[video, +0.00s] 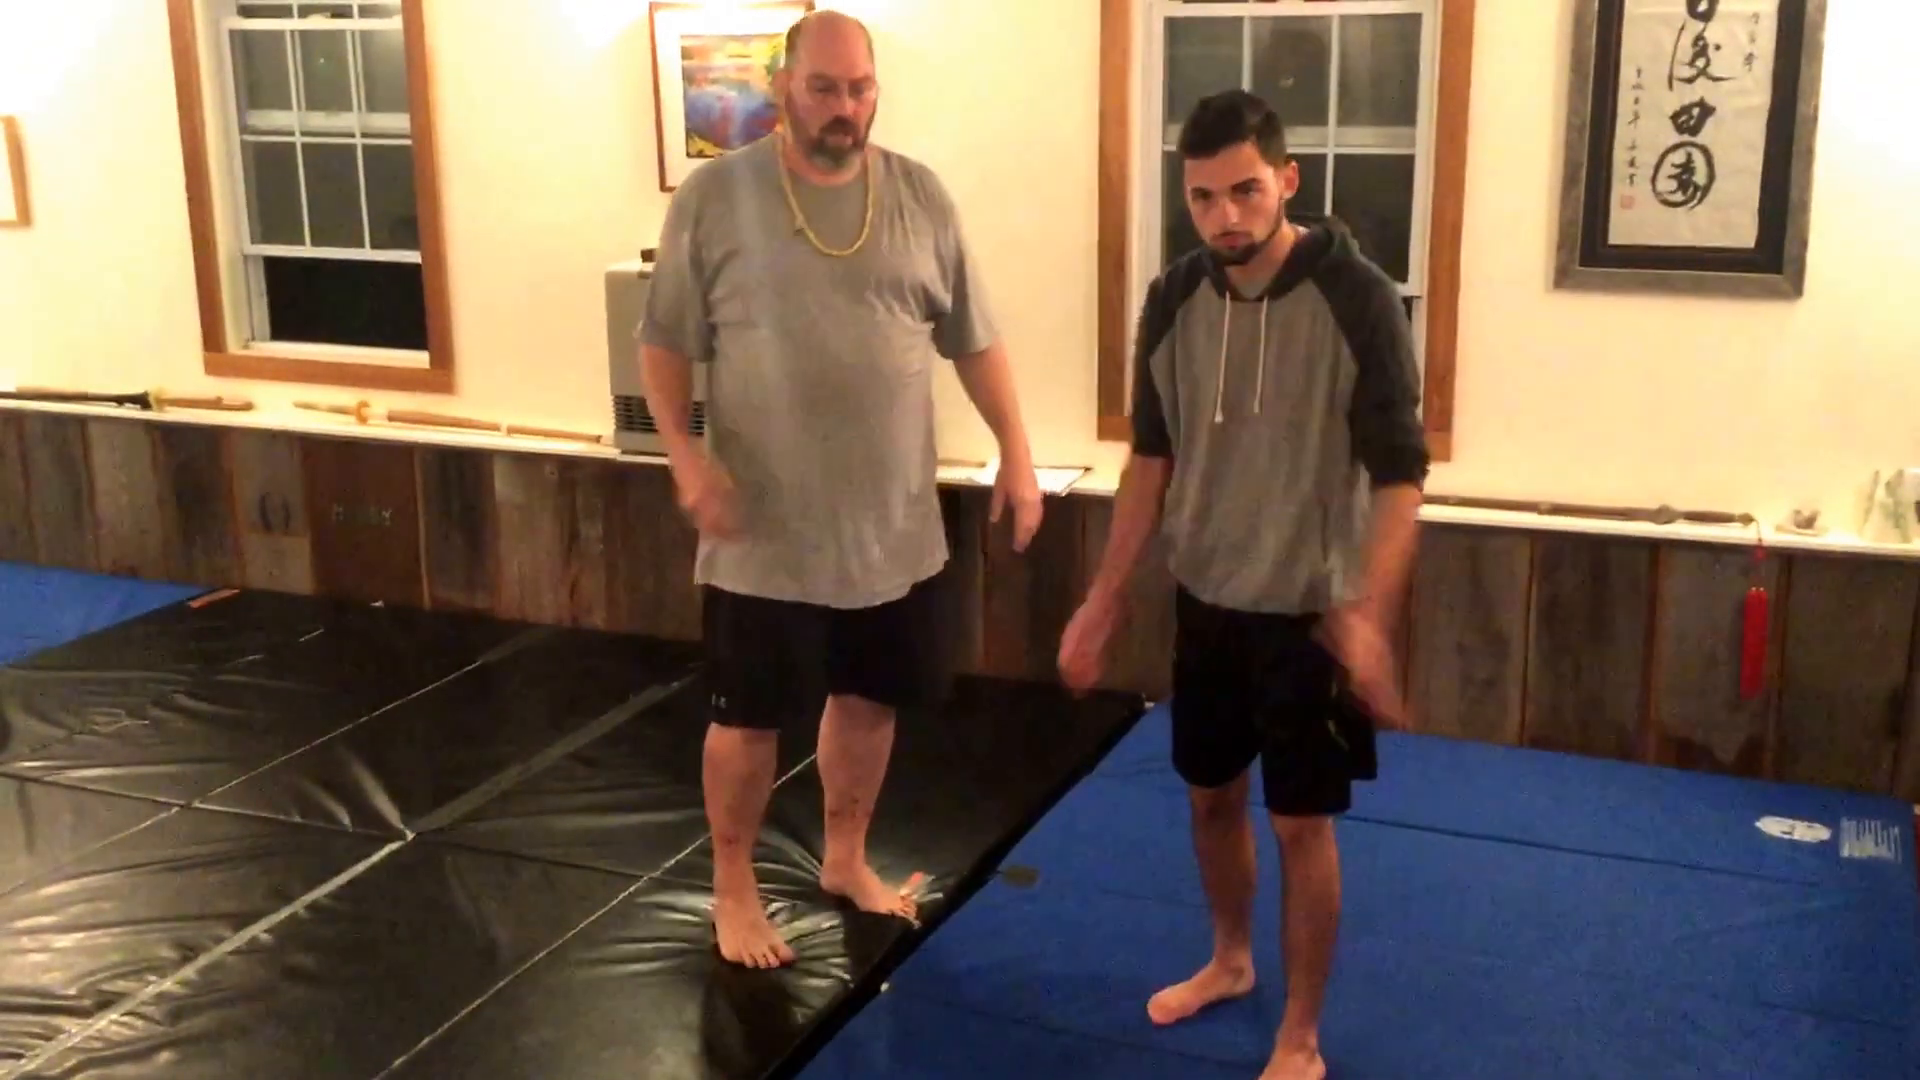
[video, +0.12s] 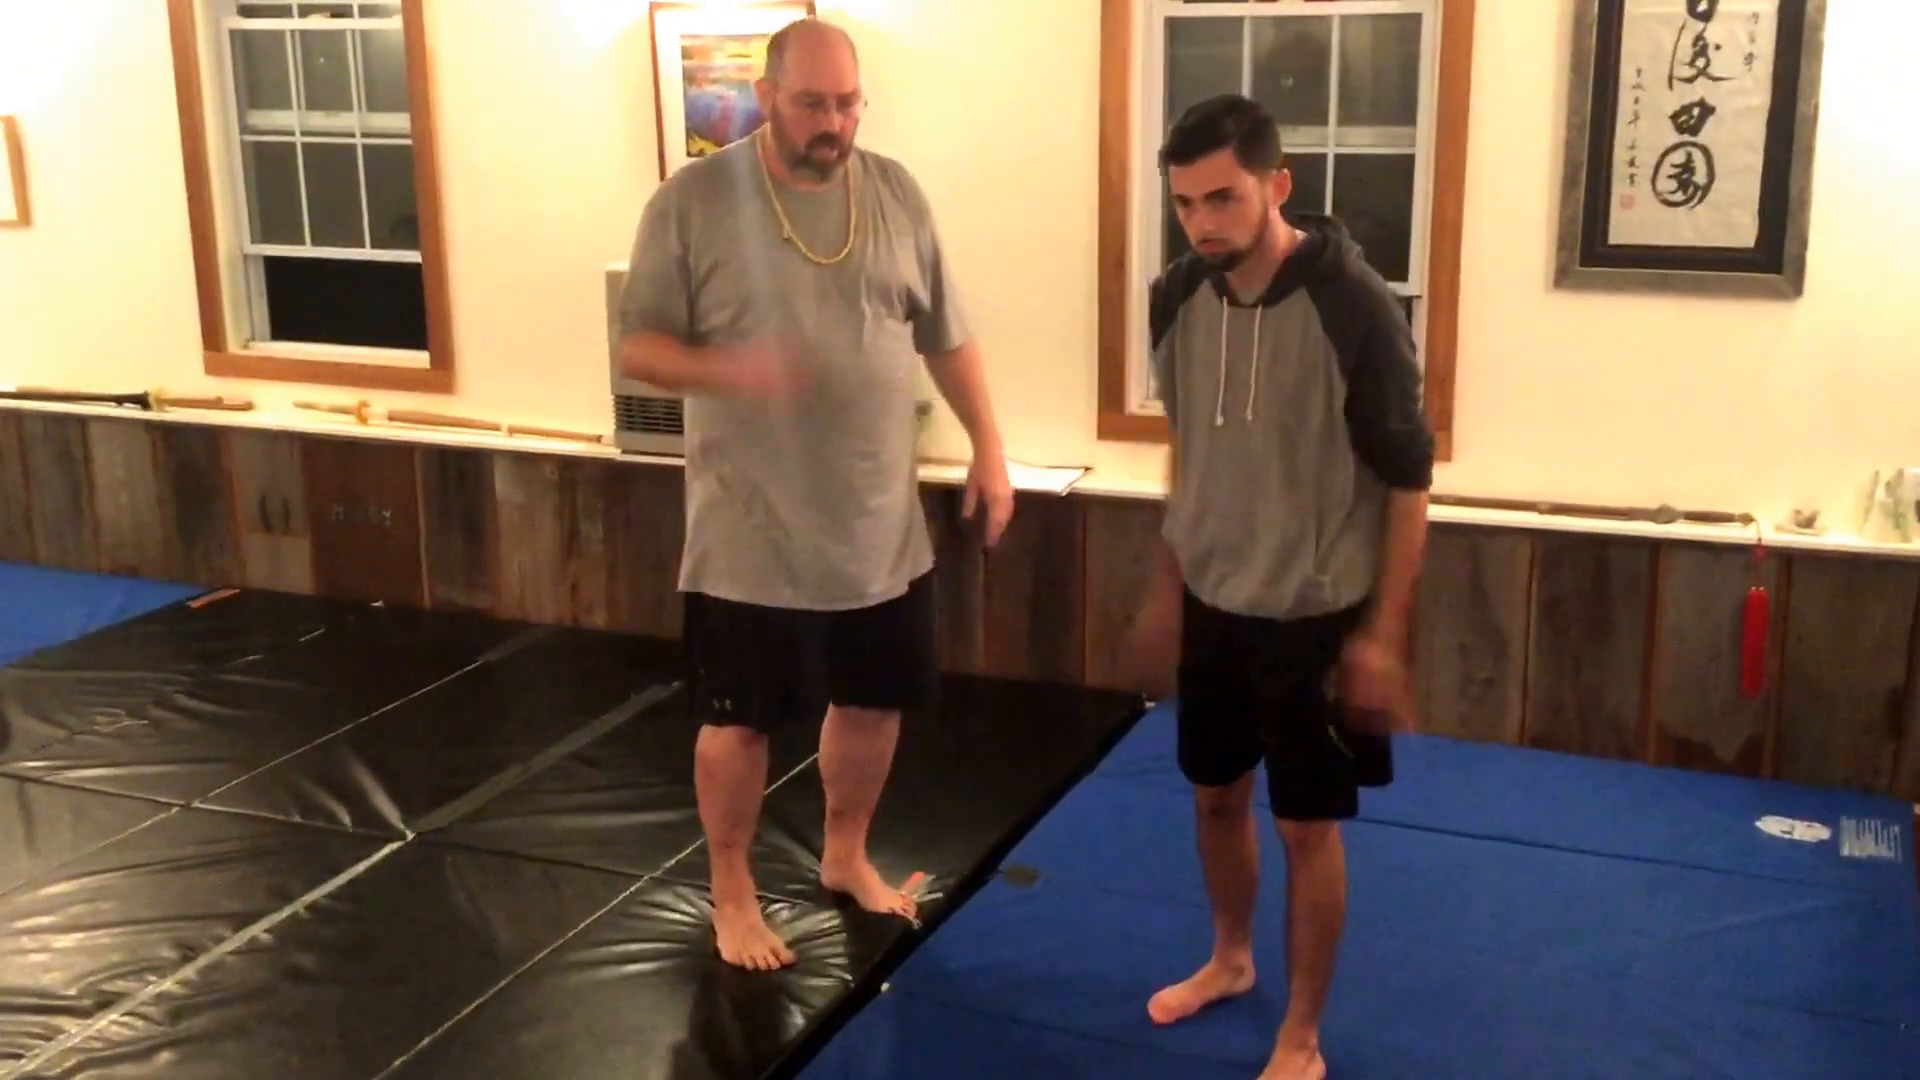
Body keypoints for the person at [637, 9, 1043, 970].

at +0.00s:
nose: (845, 106)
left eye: (860, 88)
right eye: (824, 88)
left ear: (878, 88)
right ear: (782, 87)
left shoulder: (919, 196)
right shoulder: (711, 199)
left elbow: (972, 335)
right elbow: (665, 340)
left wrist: (1017, 454)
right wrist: (685, 456)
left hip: (889, 515)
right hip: (760, 520)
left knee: (870, 700)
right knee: (750, 718)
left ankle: (846, 862)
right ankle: (735, 888)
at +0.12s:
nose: (833, 121)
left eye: (847, 101)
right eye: (812, 102)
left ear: (862, 96)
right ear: (767, 96)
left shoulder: (893, 191)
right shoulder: (692, 200)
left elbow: (944, 330)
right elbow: (639, 347)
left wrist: (989, 448)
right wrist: (733, 369)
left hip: (874, 513)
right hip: (747, 518)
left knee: (874, 697)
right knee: (736, 719)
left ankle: (845, 860)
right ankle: (733, 895)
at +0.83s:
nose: (952, 166)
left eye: (964, 148)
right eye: (939, 143)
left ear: (969, 141)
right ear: (884, 117)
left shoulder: (942, 211)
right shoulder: (794, 207)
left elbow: (951, 353)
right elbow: (733, 357)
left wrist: (977, 459)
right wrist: (868, 409)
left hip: (926, 515)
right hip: (807, 525)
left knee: (954, 692)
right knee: (770, 718)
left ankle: (992, 861)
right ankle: (733, 884)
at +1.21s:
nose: (1086, 185)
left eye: (1099, 169)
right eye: (1078, 162)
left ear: (1102, 150)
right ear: (1030, 121)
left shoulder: (1064, 211)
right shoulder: (915, 191)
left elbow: (1078, 342)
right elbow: (826, 324)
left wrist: (1118, 448)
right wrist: (811, 473)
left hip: (1009, 497)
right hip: (906, 496)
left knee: (995, 677)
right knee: (910, 683)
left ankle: (990, 851)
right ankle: (856, 836)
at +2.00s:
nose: (1064, 195)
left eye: (1079, 180)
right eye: (1055, 173)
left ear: (1082, 167)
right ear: (1004, 134)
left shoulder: (1034, 211)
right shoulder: (904, 199)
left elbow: (1028, 348)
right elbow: (830, 349)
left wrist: (1075, 438)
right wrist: (877, 492)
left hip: (973, 514)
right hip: (857, 513)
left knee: (993, 673)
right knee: (799, 695)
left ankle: (983, 842)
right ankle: (716, 887)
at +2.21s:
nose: (965, 190)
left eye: (978, 172)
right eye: (954, 168)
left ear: (984, 158)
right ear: (897, 138)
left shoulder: (946, 219)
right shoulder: (808, 224)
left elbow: (963, 351)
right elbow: (750, 380)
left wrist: (1006, 456)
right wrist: (802, 521)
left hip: (930, 533)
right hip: (818, 543)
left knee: (969, 685)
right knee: (766, 729)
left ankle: (981, 840)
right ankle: (703, 910)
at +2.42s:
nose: (890, 169)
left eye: (904, 149)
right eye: (873, 147)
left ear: (914, 136)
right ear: (819, 124)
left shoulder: (908, 210)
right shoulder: (744, 221)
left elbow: (912, 361)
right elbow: (680, 383)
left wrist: (927, 476)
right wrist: (690, 533)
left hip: (896, 521)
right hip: (784, 539)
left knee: (932, 692)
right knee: (747, 735)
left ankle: (979, 840)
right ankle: (699, 914)